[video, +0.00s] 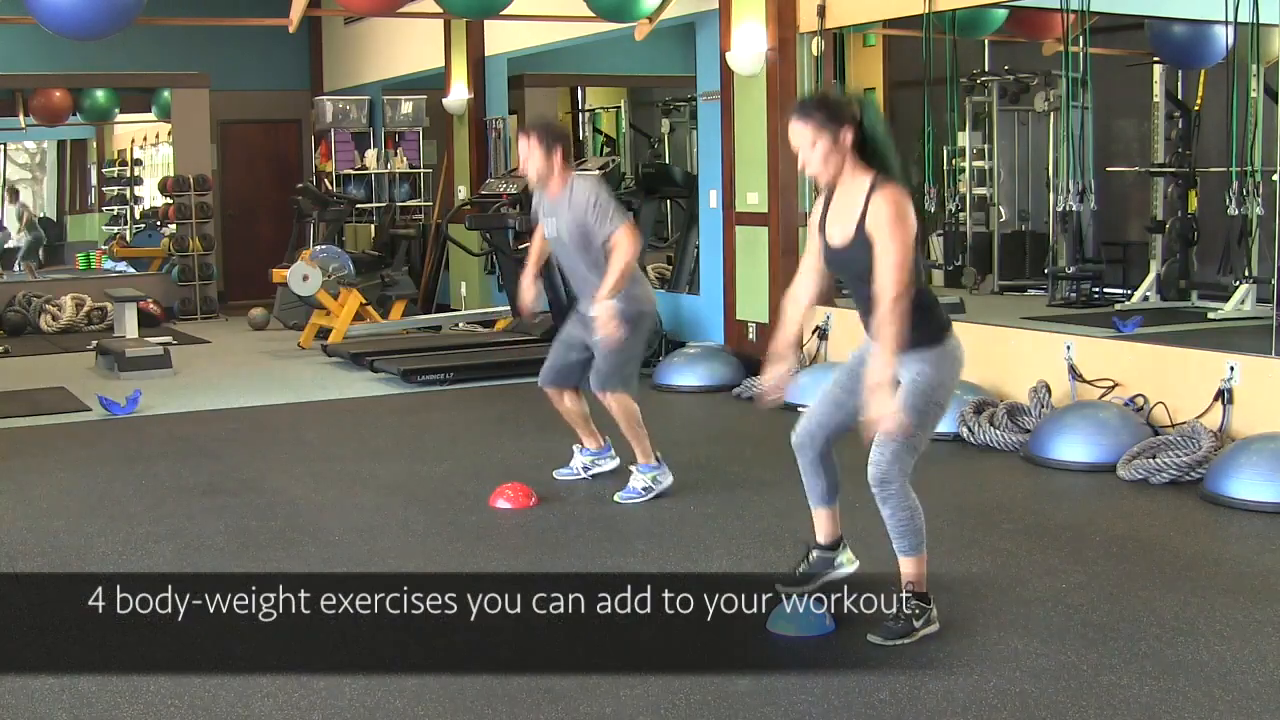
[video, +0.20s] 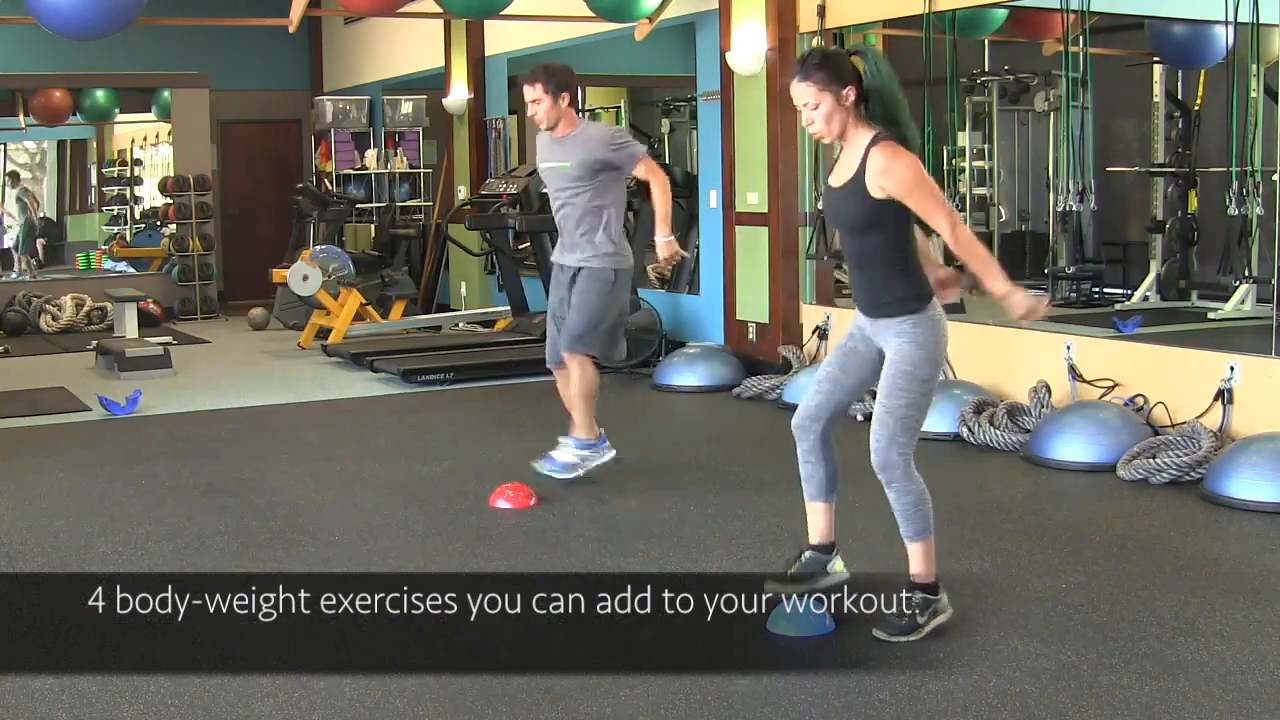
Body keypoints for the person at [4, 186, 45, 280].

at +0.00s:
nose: (7, 198)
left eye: (9, 195)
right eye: (7, 195)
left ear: (14, 195)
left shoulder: (21, 206)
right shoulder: (18, 207)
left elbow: (27, 214)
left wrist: (22, 227)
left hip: (35, 235)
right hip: (32, 235)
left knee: (23, 258)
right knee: (25, 258)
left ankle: (35, 279)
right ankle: (35, 278)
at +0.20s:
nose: (7, 183)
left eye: (9, 180)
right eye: (7, 180)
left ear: (15, 180)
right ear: (17, 180)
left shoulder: (21, 191)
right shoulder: (25, 190)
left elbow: (31, 202)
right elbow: (37, 202)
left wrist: (35, 217)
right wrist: (36, 216)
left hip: (26, 222)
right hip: (26, 223)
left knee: (22, 251)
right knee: (15, 247)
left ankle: (30, 273)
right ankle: (18, 271)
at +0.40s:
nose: (9, 188)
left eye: (11, 185)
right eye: (9, 185)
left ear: (18, 185)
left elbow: (29, 210)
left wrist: (23, 219)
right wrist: (7, 220)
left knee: (22, 259)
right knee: (10, 253)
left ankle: (32, 279)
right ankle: (11, 276)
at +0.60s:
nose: (8, 185)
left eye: (9, 182)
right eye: (7, 183)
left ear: (15, 181)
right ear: (14, 182)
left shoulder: (23, 190)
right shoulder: (19, 192)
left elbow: (27, 203)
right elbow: (26, 207)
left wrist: (13, 213)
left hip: (30, 225)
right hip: (24, 225)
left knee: (25, 250)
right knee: (18, 248)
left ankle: (30, 272)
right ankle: (22, 271)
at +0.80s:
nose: (6, 206)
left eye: (7, 203)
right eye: (5, 204)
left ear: (12, 202)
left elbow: (23, 224)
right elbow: (15, 223)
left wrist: (9, 224)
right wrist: (7, 223)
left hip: (38, 238)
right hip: (31, 238)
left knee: (23, 259)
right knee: (24, 259)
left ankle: (32, 280)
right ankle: (35, 279)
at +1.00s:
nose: (5, 228)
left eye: (6, 225)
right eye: (5, 226)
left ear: (11, 224)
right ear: (14, 224)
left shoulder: (21, 230)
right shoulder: (17, 233)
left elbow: (9, 244)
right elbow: (8, 244)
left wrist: (2, 235)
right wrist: (2, 236)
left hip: (45, 252)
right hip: (38, 252)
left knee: (25, 259)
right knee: (20, 259)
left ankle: (35, 280)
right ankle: (31, 280)